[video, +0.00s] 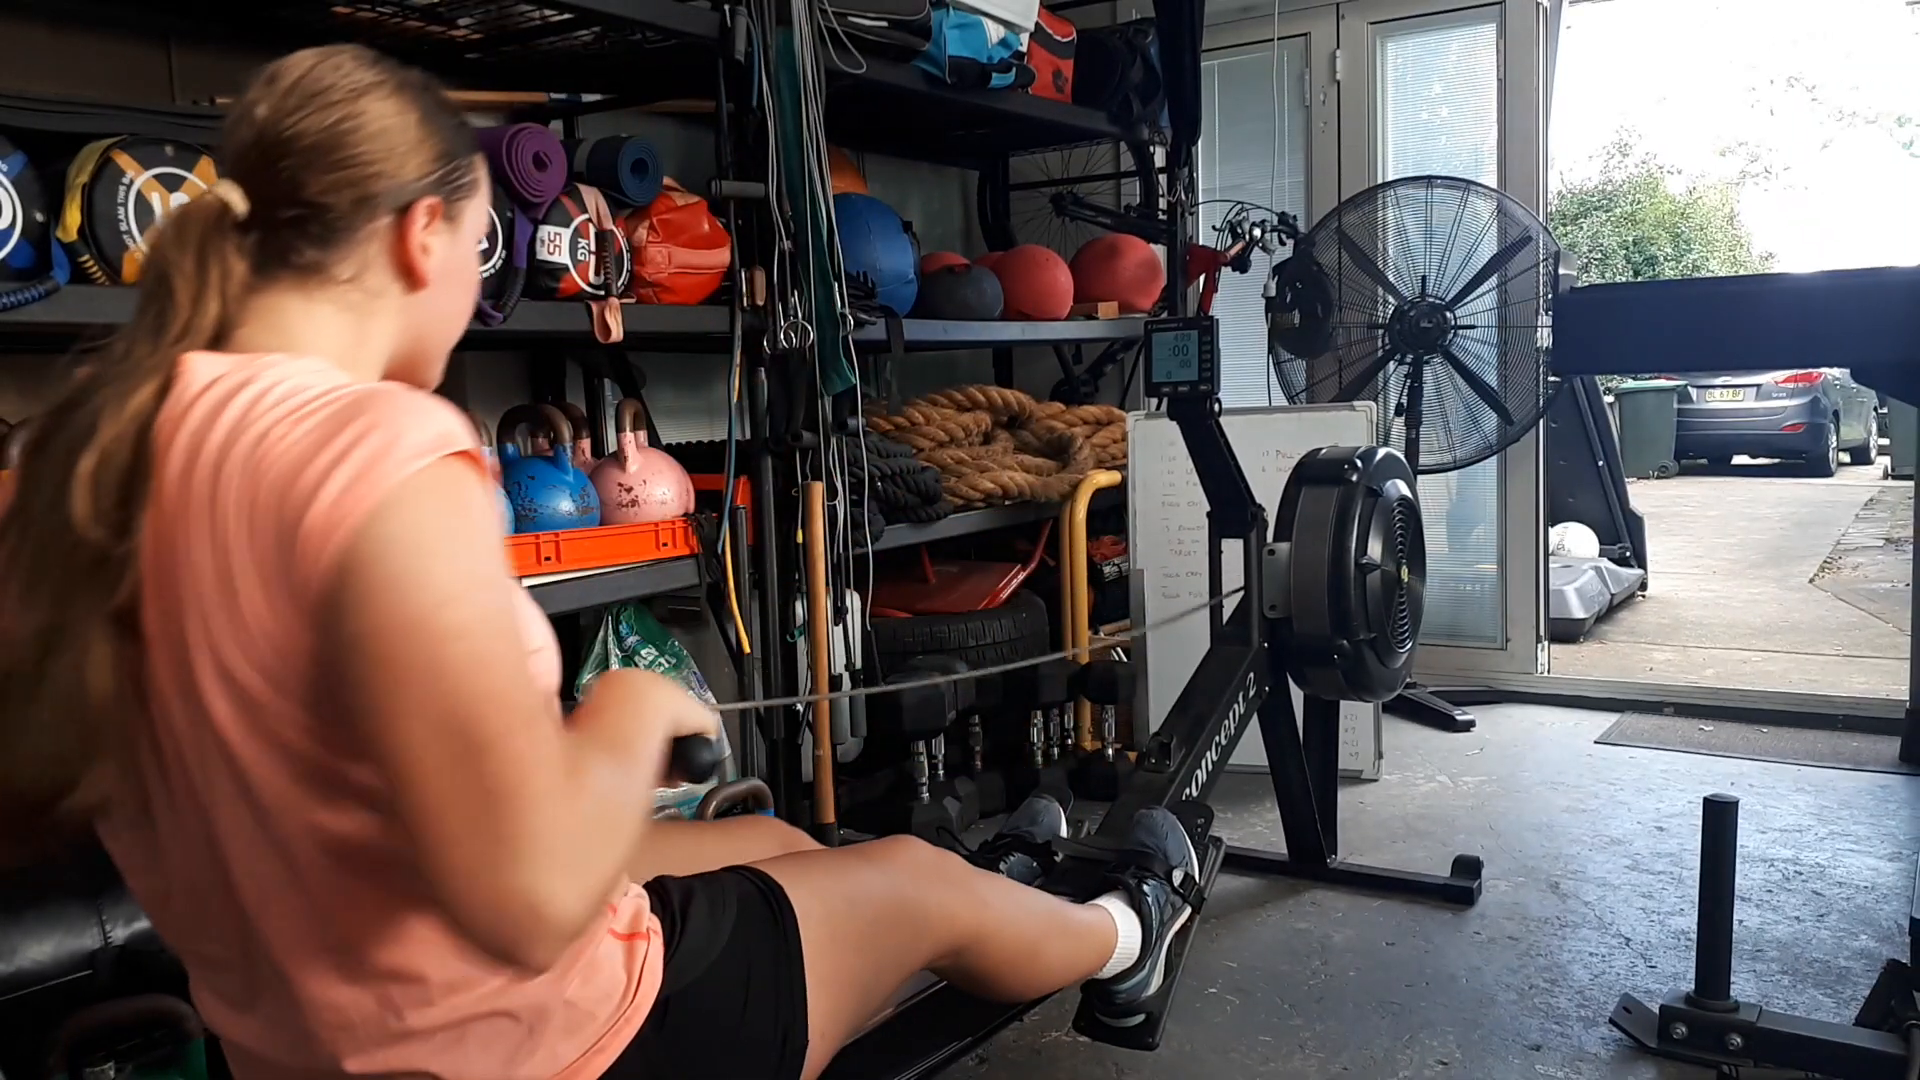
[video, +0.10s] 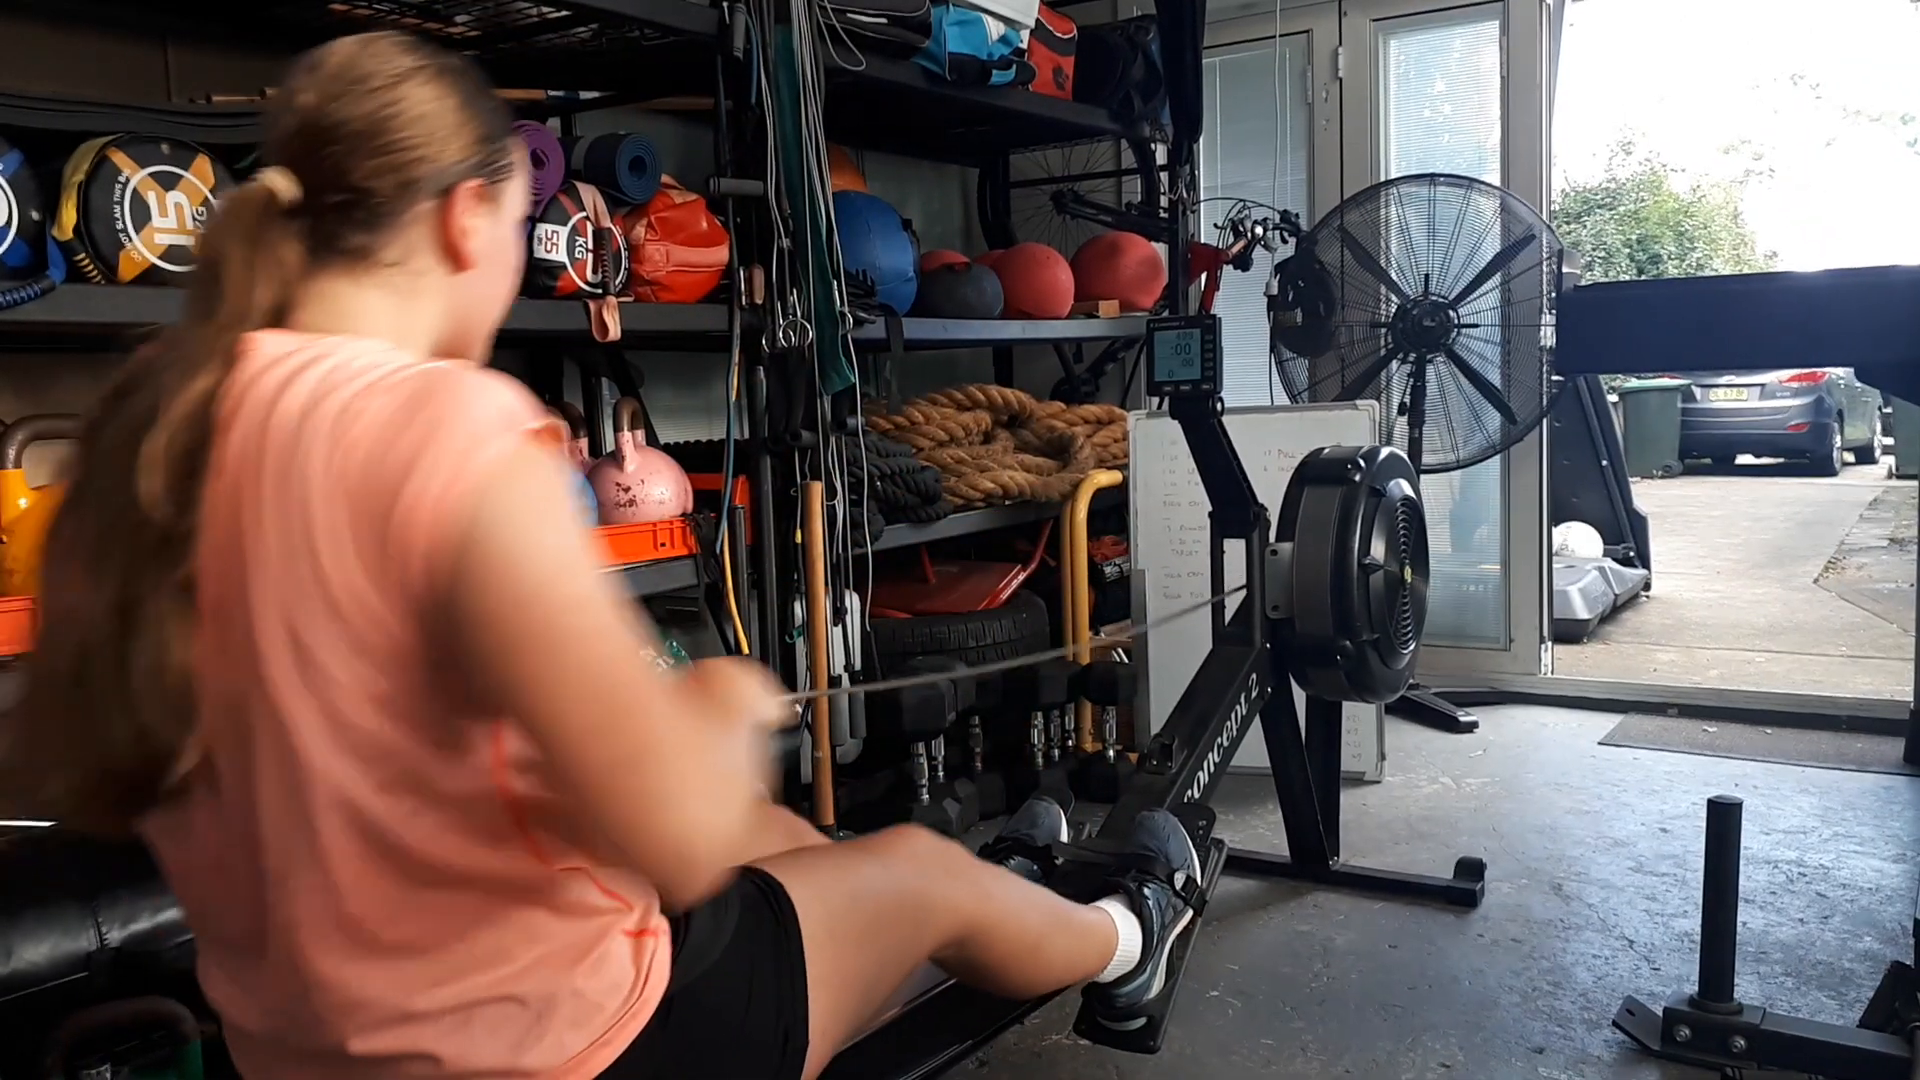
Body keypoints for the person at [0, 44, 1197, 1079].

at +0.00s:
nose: (481, 289)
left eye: (486, 251)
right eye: (483, 247)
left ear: (248, 233)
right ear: (418, 239)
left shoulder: (101, 433)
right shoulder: (387, 464)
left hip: (286, 1034)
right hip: (517, 1044)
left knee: (760, 841)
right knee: (918, 880)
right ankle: (1114, 945)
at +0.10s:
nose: (521, 268)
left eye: (523, 228)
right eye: (520, 226)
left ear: (286, 218)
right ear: (461, 223)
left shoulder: (153, 424)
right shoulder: (449, 439)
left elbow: (102, 771)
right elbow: (681, 847)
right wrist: (729, 705)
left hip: (286, 1038)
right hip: (539, 1040)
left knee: (754, 815)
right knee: (925, 870)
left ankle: (887, 992)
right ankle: (1115, 948)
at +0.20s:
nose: (604, 245)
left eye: (603, 212)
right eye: (597, 210)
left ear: (388, 213)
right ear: (542, 211)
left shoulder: (292, 406)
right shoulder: (561, 416)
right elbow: (847, 748)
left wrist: (821, 774)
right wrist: (869, 660)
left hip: (320, 1030)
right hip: (562, 1035)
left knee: (814, 784)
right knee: (931, 832)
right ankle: (1115, 948)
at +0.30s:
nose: (689, 248)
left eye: (687, 217)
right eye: (684, 216)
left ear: (488, 214)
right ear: (636, 219)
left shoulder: (378, 394)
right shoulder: (675, 408)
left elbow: (492, 676)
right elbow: (951, 690)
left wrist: (720, 633)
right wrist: (982, 633)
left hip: (355, 1011)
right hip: (596, 1026)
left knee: (792, 755)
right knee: (949, 783)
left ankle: (907, 928)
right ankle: (1122, 955)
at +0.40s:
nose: (769, 256)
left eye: (768, 232)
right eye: (768, 230)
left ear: (584, 235)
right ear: (735, 239)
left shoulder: (490, 396)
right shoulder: (775, 413)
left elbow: (573, 604)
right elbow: (1029, 628)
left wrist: (787, 617)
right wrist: (1060, 610)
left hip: (416, 1015)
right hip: (659, 1025)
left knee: (794, 711)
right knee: (974, 730)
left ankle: (916, 901)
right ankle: (1122, 959)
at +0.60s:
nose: (903, 282)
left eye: (898, 259)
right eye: (901, 262)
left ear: (745, 272)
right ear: (881, 276)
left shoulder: (663, 415)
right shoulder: (912, 418)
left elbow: (757, 571)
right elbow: (1094, 563)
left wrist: (955, 599)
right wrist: (1180, 595)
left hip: (565, 955)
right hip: (796, 969)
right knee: (1015, 629)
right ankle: (1118, 960)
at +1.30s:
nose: (843, 248)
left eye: (838, 223)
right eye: (836, 222)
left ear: (677, 232)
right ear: (807, 235)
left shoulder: (612, 386)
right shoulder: (868, 393)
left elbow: (717, 523)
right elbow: (1032, 542)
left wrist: (897, 554)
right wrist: (1128, 544)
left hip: (512, 954)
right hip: (721, 966)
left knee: (839, 638)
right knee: (1026, 664)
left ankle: (956, 891)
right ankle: (1122, 944)